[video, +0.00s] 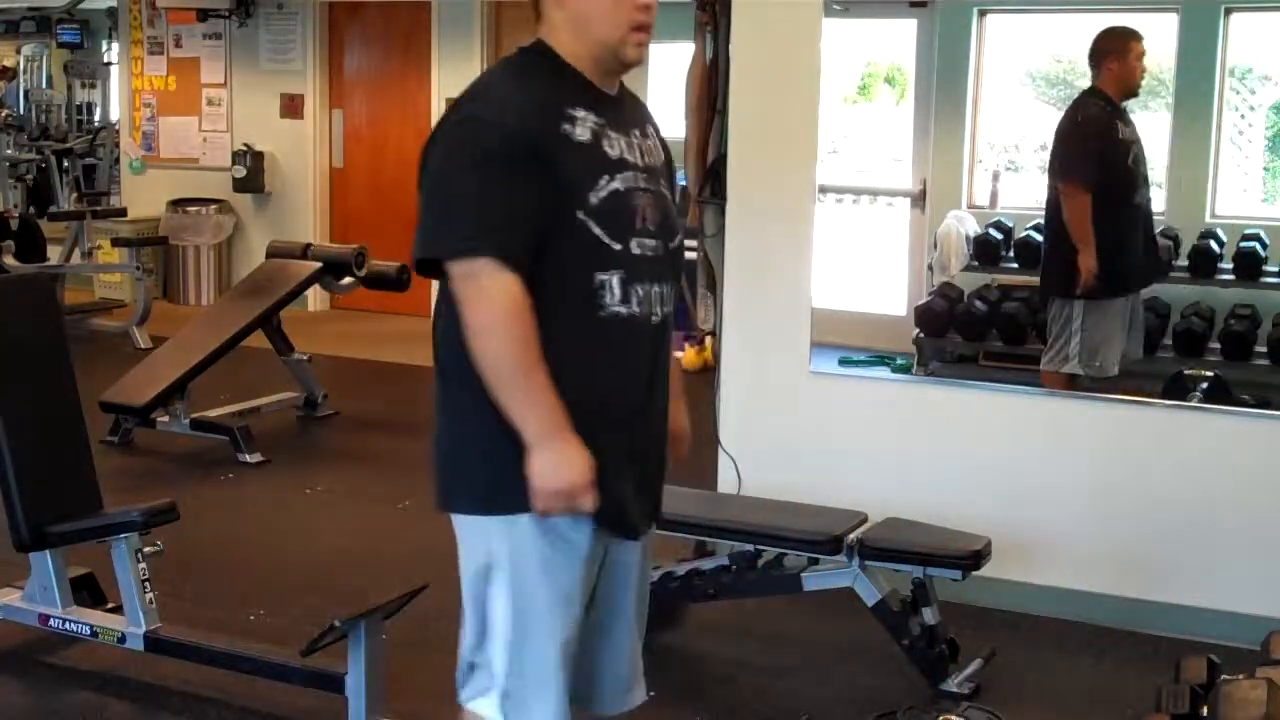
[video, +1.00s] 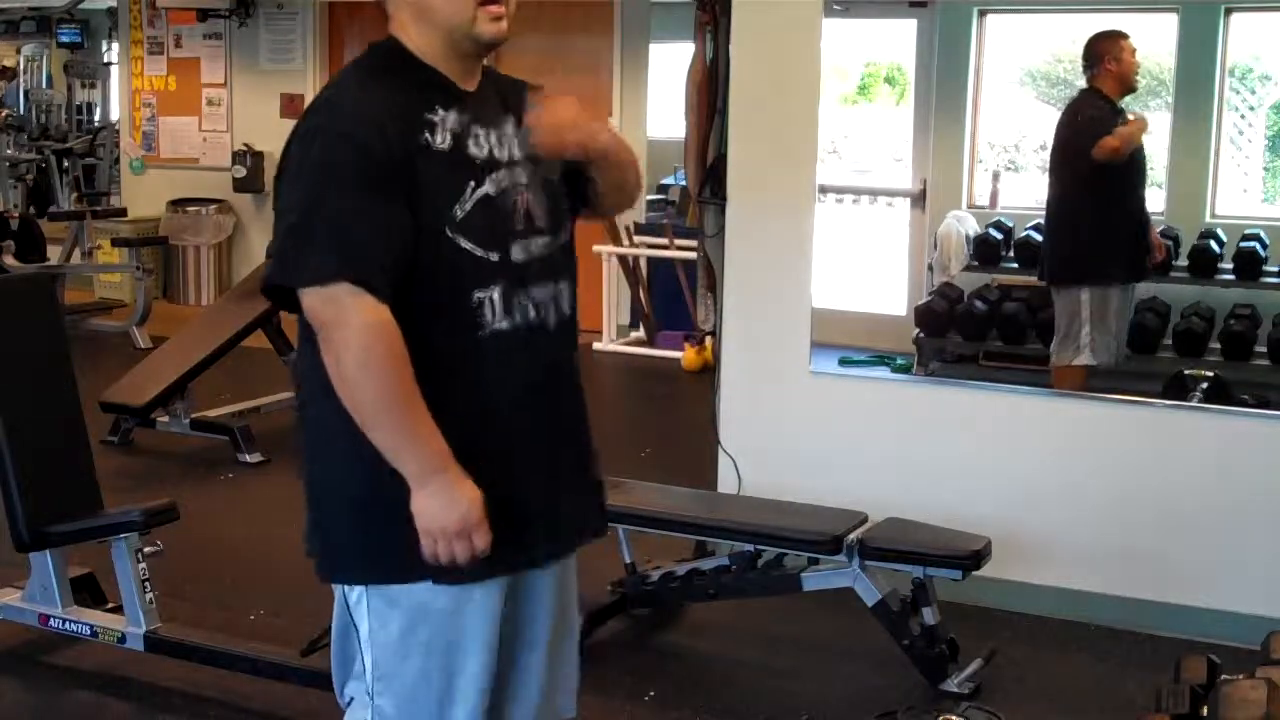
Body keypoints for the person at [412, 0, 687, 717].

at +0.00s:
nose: (649, 8)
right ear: (561, 2)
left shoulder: (636, 122)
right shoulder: (497, 112)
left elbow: (648, 276)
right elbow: (481, 279)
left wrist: (666, 391)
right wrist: (548, 436)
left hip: (618, 454)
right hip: (519, 465)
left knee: (602, 694)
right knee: (517, 700)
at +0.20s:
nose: (617, 1)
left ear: (626, 5)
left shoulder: (635, 118)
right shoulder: (465, 117)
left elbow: (663, 267)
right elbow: (430, 282)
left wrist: (708, 372)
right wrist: (483, 445)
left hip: (621, 477)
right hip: (507, 483)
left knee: (595, 703)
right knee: (477, 706)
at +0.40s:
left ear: (600, 3)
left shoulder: (608, 121)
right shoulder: (430, 116)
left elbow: (643, 248)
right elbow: (390, 280)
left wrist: (692, 289)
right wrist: (450, 447)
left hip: (601, 475)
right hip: (481, 487)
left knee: (583, 701)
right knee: (457, 702)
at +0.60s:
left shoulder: (565, 117)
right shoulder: (393, 114)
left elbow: (633, 258)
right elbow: (374, 291)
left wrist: (630, 174)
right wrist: (454, 459)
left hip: (560, 490)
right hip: (435, 508)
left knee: (548, 706)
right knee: (428, 708)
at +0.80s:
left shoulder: (537, 97)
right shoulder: (364, 116)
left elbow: (625, 215)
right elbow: (360, 299)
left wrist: (598, 125)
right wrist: (449, 455)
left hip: (543, 483)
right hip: (415, 506)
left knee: (531, 706)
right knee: (420, 710)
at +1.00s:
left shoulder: (525, 107)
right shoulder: (350, 120)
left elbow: (612, 197)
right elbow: (340, 308)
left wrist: (601, 148)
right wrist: (431, 474)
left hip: (537, 496)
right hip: (411, 521)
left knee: (537, 708)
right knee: (419, 710)